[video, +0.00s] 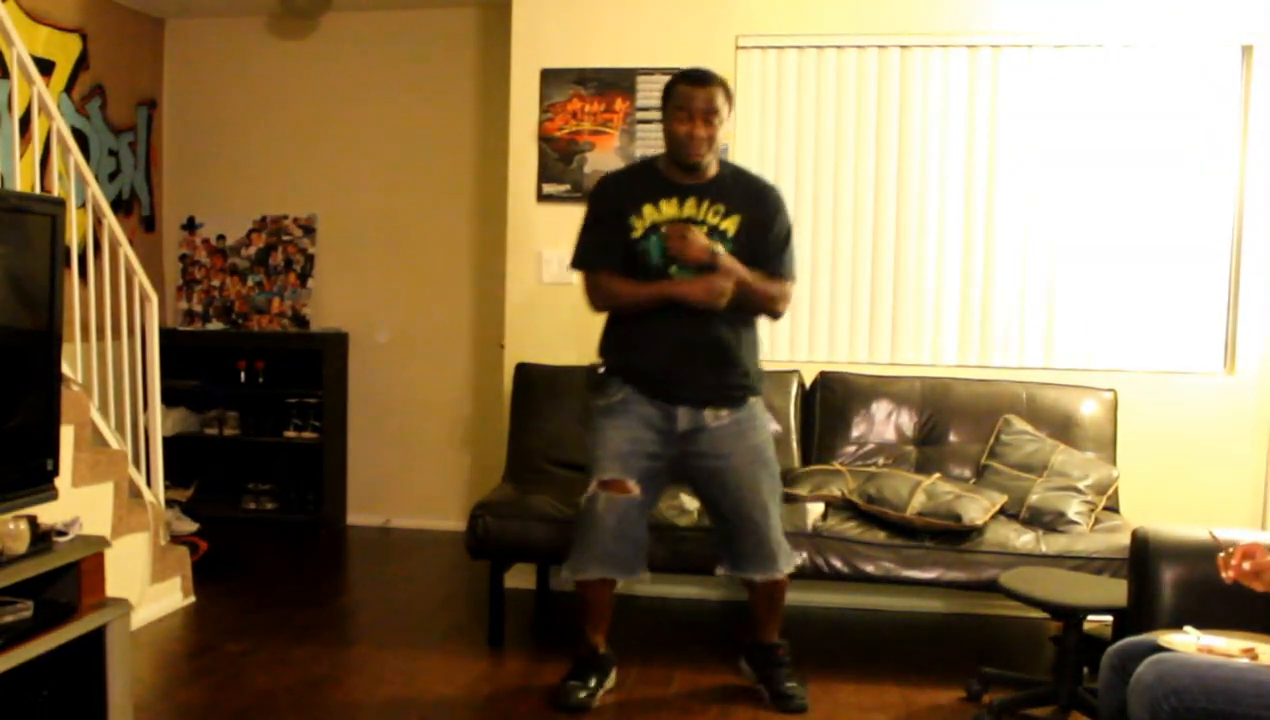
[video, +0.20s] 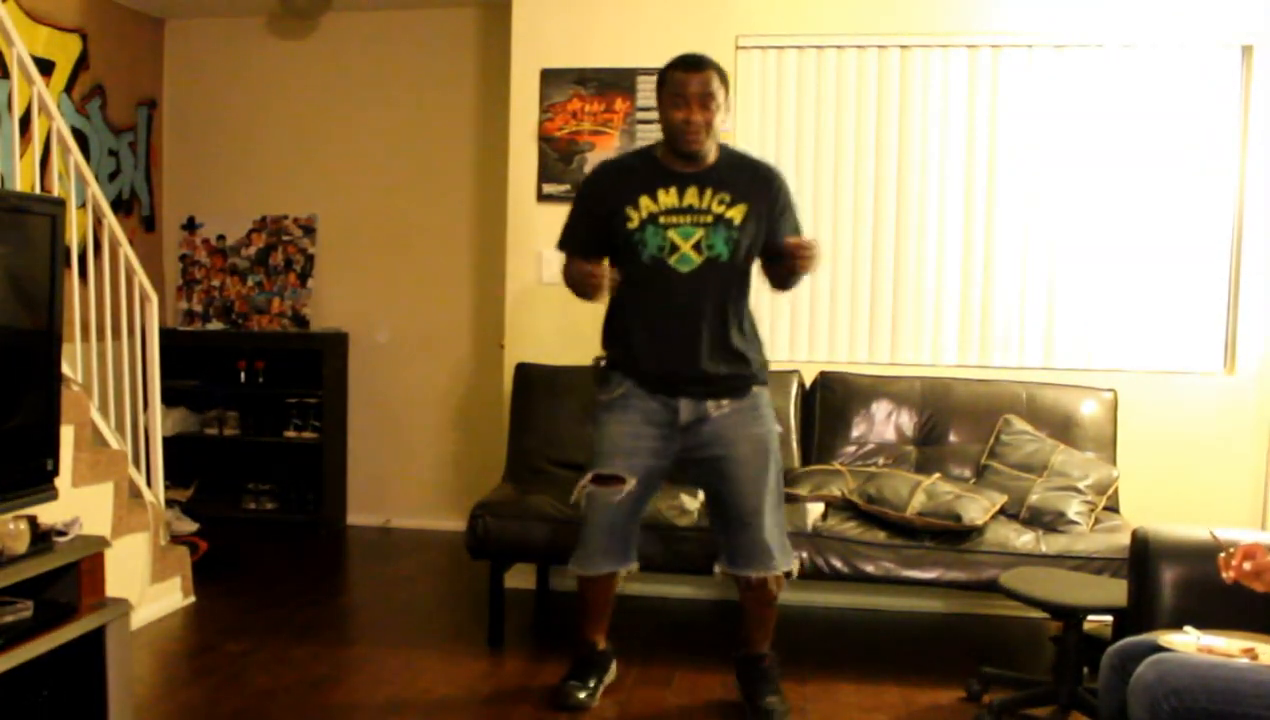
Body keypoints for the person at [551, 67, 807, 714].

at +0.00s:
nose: (696, 127)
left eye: (709, 116)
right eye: (683, 115)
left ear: (726, 123)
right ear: (663, 120)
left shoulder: (759, 200)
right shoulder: (618, 193)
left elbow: (776, 300)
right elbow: (600, 293)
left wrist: (715, 258)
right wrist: (681, 288)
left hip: (729, 402)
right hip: (632, 396)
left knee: (766, 540)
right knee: (604, 518)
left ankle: (769, 650)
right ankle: (592, 657)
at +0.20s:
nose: (693, 114)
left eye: (705, 101)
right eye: (680, 101)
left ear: (724, 108)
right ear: (659, 108)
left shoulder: (760, 184)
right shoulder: (611, 183)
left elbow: (780, 276)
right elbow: (579, 269)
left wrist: (797, 260)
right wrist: (589, 279)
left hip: (732, 390)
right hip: (635, 389)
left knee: (760, 540)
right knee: (603, 517)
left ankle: (758, 663)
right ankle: (592, 657)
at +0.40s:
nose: (708, 119)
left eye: (721, 107)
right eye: (694, 107)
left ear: (741, 115)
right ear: (676, 116)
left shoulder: (784, 195)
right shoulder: (634, 196)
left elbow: (828, 289)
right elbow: (592, 288)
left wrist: (864, 259)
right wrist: (561, 278)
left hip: (756, 411)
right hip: (657, 405)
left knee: (775, 546)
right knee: (616, 525)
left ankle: (762, 676)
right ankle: (608, 648)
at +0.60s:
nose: (697, 94)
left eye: (709, 83)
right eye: (683, 83)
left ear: (730, 92)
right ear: (662, 93)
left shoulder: (773, 169)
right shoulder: (621, 171)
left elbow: (794, 275)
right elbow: (596, 269)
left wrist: (755, 237)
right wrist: (631, 274)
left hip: (750, 390)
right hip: (648, 383)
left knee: (771, 542)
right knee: (614, 513)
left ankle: (764, 675)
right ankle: (568, 679)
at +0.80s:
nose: (656, 107)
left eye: (669, 94)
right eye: (641, 94)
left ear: (689, 101)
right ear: (621, 103)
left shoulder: (731, 180)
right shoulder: (583, 180)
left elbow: (775, 271)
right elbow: (549, 280)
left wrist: (743, 329)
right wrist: (620, 280)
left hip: (700, 403)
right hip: (602, 398)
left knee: (737, 557)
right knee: (580, 542)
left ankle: (754, 673)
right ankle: (549, 699)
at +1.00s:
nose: (628, 115)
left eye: (639, 101)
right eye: (613, 103)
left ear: (658, 100)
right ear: (589, 107)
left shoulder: (704, 156)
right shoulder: (559, 178)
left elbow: (753, 261)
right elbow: (520, 282)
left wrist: (797, 364)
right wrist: (569, 336)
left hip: (636, 390)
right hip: (549, 380)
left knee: (583, 536)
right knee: (530, 538)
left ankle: (631, 672)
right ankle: (543, 697)